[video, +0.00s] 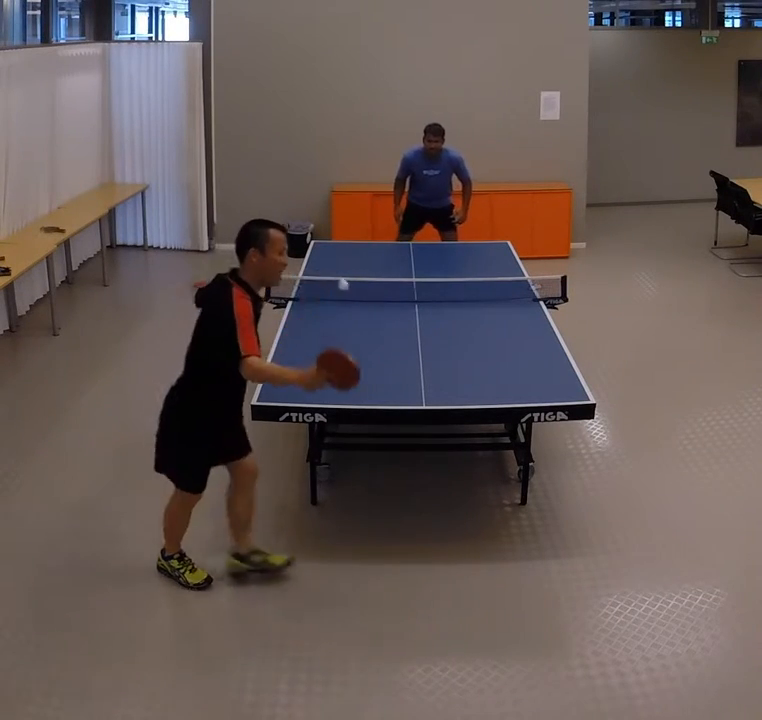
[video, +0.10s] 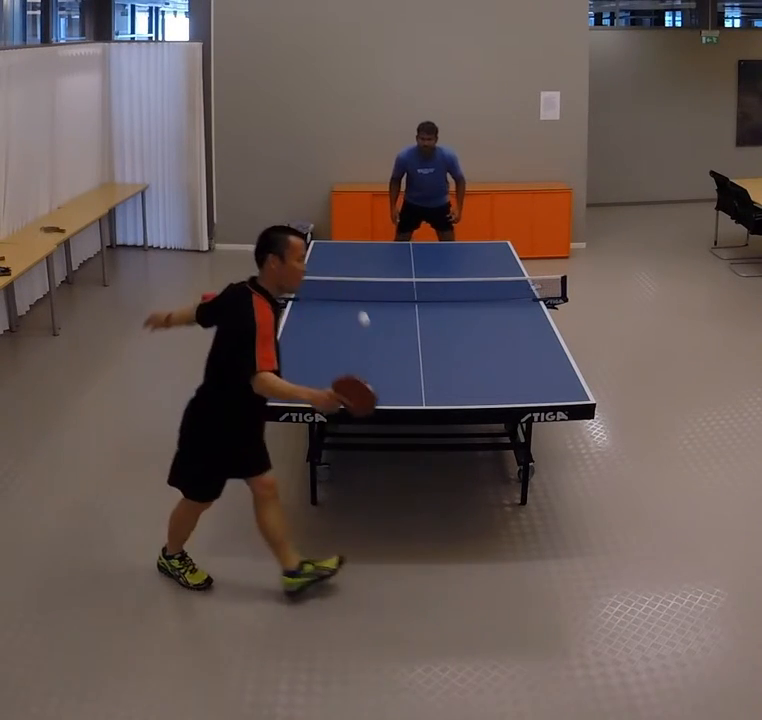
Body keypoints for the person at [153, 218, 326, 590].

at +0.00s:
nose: (286, 261)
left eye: (286, 253)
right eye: (280, 253)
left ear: (253, 257)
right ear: (254, 256)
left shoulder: (231, 285)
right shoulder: (236, 301)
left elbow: (202, 293)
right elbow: (250, 368)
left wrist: (198, 290)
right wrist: (301, 377)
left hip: (220, 406)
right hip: (193, 409)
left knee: (245, 470)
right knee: (189, 490)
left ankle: (243, 551)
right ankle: (170, 555)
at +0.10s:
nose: (304, 269)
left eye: (304, 261)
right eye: (298, 261)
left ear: (272, 263)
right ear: (272, 263)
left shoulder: (240, 294)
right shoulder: (257, 310)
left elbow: (200, 311)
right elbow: (262, 381)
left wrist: (168, 318)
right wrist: (313, 396)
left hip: (240, 417)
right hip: (217, 419)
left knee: (265, 487)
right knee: (199, 494)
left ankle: (293, 569)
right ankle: (171, 556)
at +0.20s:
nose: (329, 276)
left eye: (329, 268)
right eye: (324, 268)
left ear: (299, 269)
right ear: (300, 269)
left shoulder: (262, 303)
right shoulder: (285, 320)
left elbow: (216, 334)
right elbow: (276, 393)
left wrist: (173, 354)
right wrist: (338, 410)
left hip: (270, 428)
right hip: (243, 432)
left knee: (293, 494)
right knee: (225, 511)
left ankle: (312, 581)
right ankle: (174, 551)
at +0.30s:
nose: (351, 278)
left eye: (349, 270)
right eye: (348, 271)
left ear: (313, 273)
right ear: (335, 274)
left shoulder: (285, 310)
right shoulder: (315, 327)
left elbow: (241, 351)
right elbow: (301, 400)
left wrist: (203, 378)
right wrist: (354, 412)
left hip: (278, 433)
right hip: (279, 443)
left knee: (324, 497)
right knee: (275, 533)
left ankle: (318, 583)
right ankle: (202, 551)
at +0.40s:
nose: (364, 275)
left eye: (363, 269)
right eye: (363, 269)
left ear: (323, 271)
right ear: (357, 273)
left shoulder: (299, 313)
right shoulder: (348, 328)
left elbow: (258, 359)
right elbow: (340, 401)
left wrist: (228, 394)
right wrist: (389, 438)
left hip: (281, 435)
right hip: (310, 442)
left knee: (325, 507)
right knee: (348, 522)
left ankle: (319, 584)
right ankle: (269, 573)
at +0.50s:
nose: (381, 276)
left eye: (378, 270)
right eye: (381, 270)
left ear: (338, 273)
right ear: (377, 275)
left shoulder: (312, 317)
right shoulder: (377, 331)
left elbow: (273, 364)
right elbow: (373, 399)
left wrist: (248, 400)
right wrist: (415, 445)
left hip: (303, 444)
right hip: (345, 448)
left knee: (338, 508)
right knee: (398, 512)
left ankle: (327, 584)